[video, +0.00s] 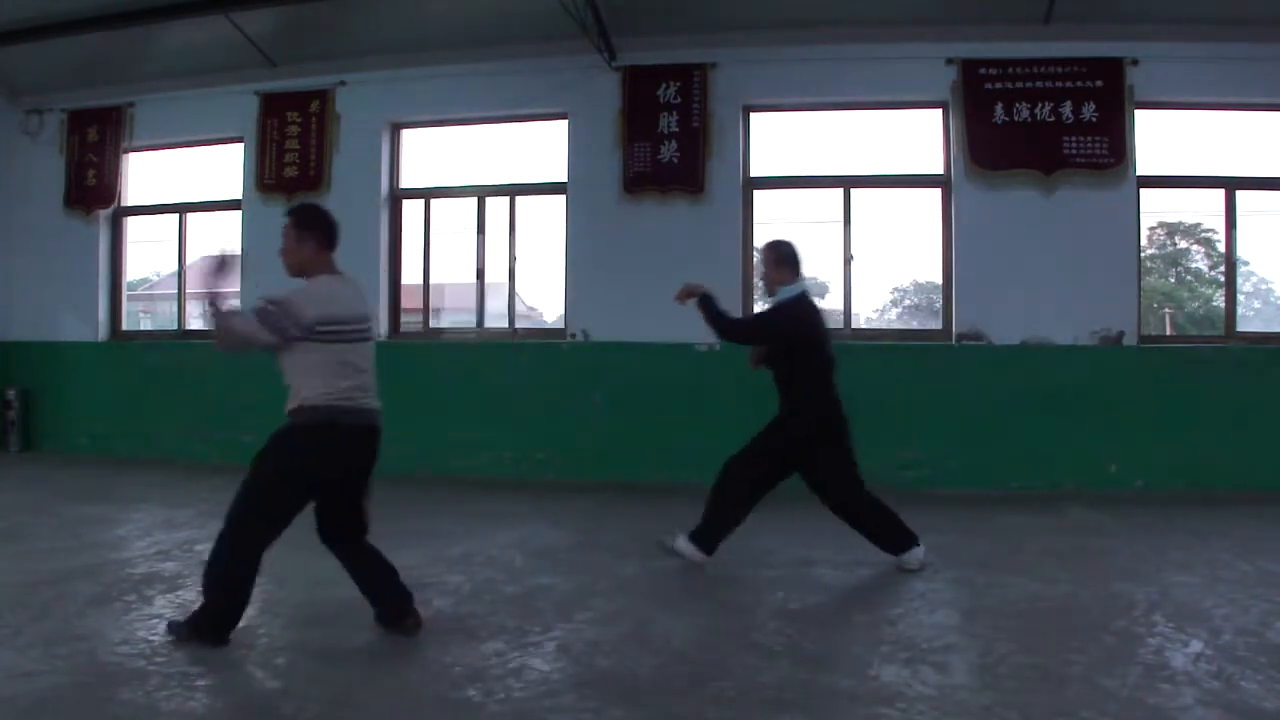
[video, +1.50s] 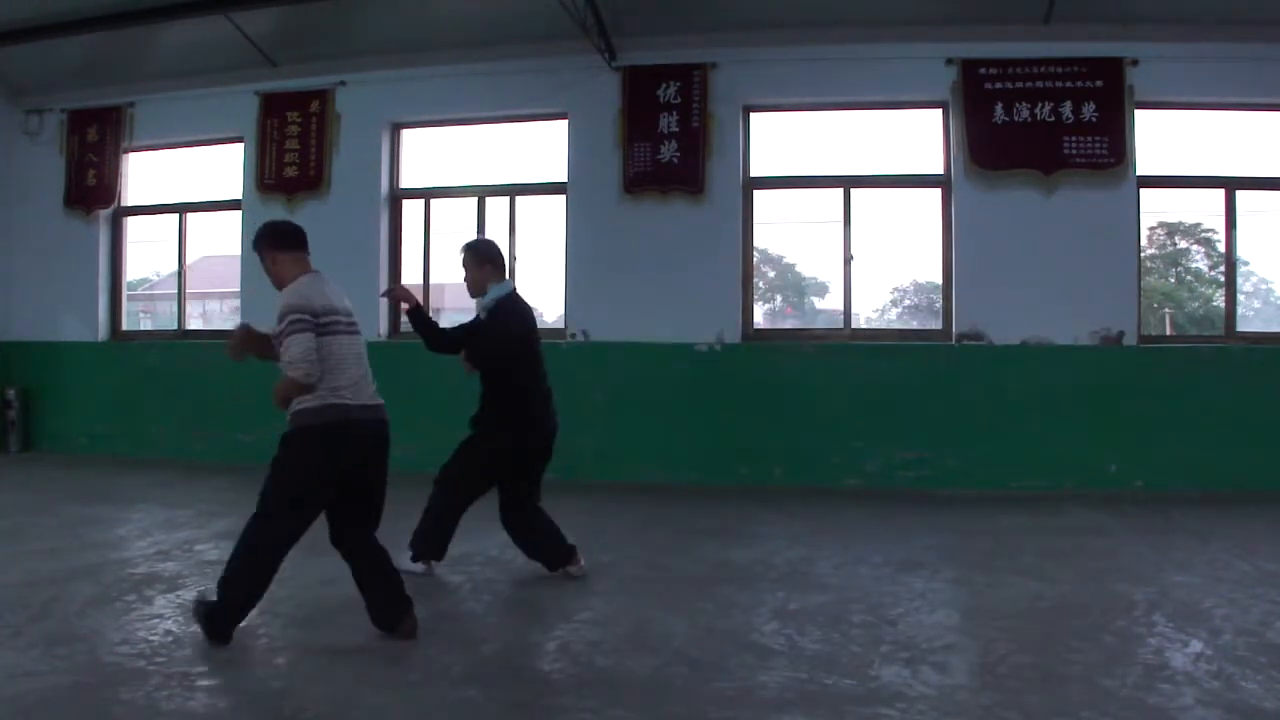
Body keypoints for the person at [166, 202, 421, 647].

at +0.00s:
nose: (282, 251)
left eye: (288, 241)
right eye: (283, 241)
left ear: (311, 243)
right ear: (324, 245)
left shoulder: (303, 300)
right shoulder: (355, 295)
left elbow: (247, 331)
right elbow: (286, 328)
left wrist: (221, 313)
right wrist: (239, 323)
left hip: (312, 428)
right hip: (362, 429)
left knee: (248, 525)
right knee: (342, 530)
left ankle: (213, 623)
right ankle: (399, 614)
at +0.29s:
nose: (222, 282)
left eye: (227, 271)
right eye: (223, 272)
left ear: (251, 272)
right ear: (260, 273)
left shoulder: (289, 320)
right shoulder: (269, 326)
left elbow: (299, 390)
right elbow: (216, 361)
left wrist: (242, 391)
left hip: (297, 450)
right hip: (330, 449)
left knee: (224, 519)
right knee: (325, 546)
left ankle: (210, 622)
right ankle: (390, 618)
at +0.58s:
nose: (239, 272)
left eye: (242, 263)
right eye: (240, 263)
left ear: (256, 263)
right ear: (278, 262)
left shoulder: (295, 311)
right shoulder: (277, 316)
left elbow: (304, 382)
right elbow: (218, 339)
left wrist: (268, 381)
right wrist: (191, 280)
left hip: (312, 441)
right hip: (343, 437)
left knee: (247, 524)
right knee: (339, 538)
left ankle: (212, 621)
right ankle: (396, 619)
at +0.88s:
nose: (249, 270)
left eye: (250, 261)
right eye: (249, 262)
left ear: (261, 262)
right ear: (291, 260)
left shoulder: (308, 310)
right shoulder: (277, 317)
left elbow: (309, 384)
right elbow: (220, 342)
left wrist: (273, 380)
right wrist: (193, 281)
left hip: (316, 443)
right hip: (342, 440)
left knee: (250, 524)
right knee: (339, 539)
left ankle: (212, 620)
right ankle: (395, 618)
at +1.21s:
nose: (255, 272)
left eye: (254, 262)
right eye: (253, 264)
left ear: (264, 261)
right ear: (294, 256)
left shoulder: (303, 306)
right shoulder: (288, 311)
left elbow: (307, 380)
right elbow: (229, 342)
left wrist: (273, 379)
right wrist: (195, 293)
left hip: (313, 441)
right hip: (347, 437)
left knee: (250, 525)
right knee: (342, 538)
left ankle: (212, 620)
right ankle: (396, 617)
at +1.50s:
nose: (268, 274)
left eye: (266, 264)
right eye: (265, 266)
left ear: (273, 258)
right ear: (304, 253)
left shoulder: (297, 297)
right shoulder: (334, 294)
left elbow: (304, 370)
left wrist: (282, 394)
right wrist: (265, 346)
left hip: (320, 430)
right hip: (369, 425)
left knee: (272, 529)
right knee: (354, 532)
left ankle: (222, 618)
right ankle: (399, 619)